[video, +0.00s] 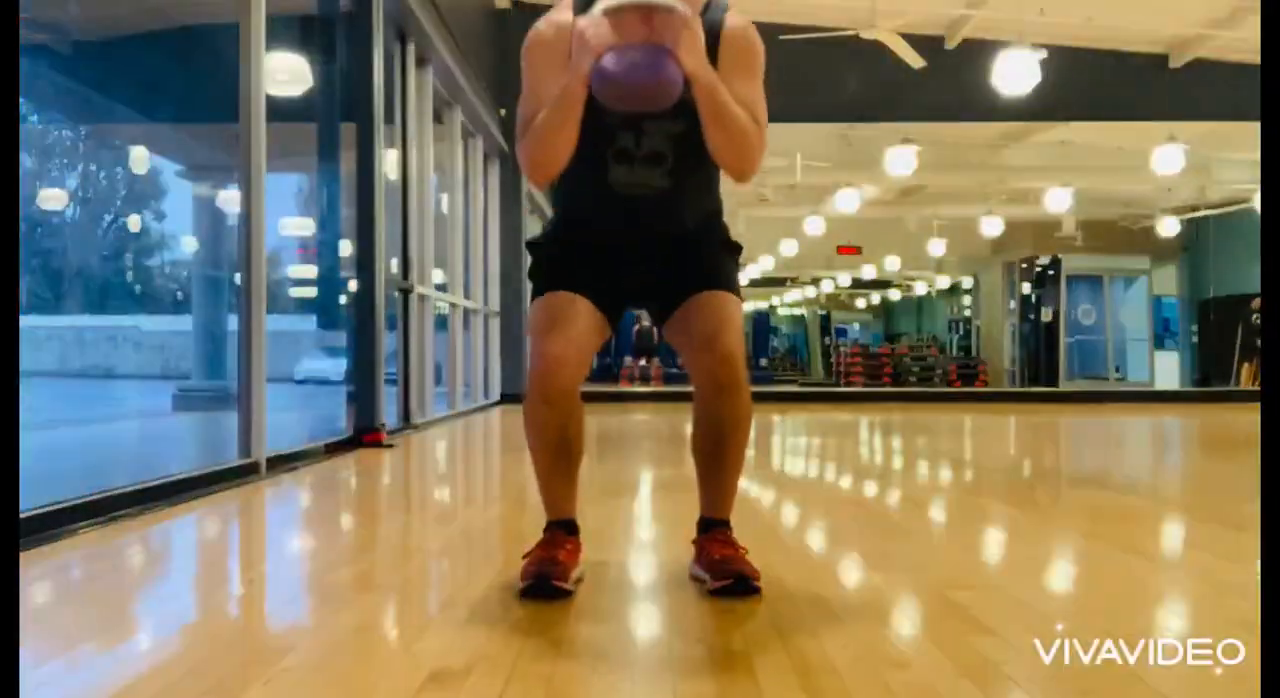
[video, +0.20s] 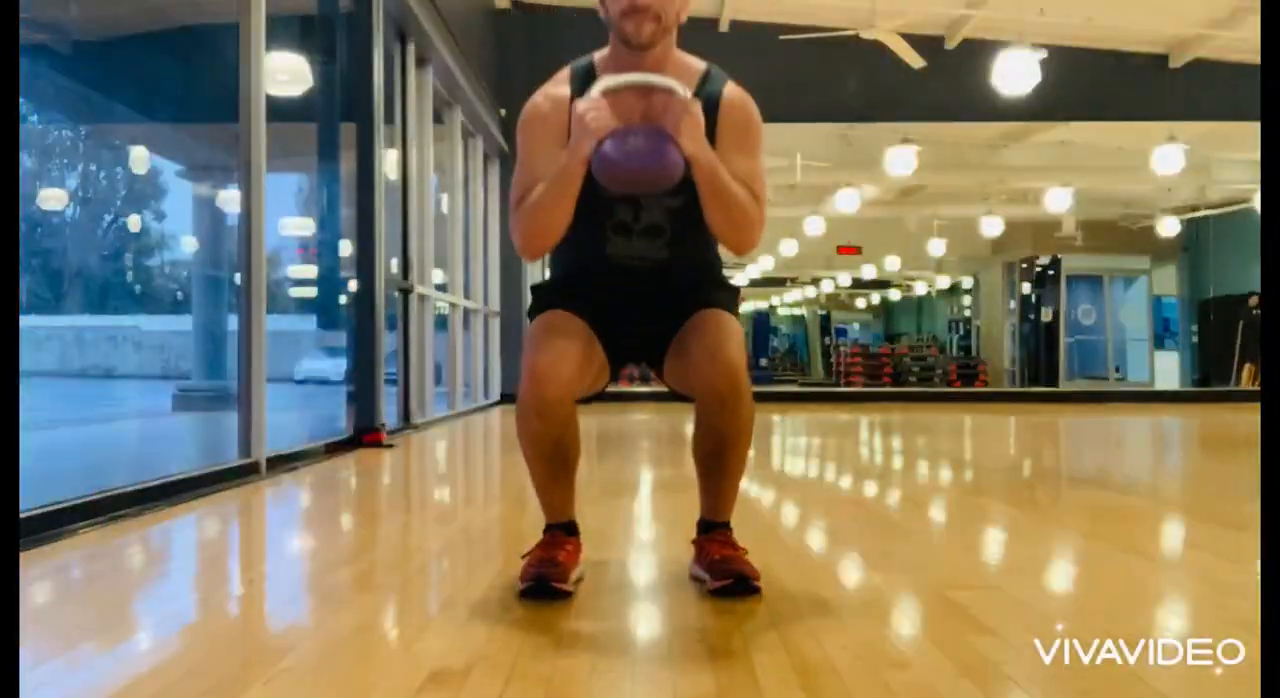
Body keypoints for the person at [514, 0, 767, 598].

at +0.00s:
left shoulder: (730, 33)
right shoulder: (558, 32)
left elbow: (744, 161)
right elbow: (539, 168)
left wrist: (694, 60)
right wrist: (579, 72)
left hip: (688, 241)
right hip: (586, 239)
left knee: (724, 361)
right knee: (550, 368)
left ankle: (716, 537)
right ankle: (559, 535)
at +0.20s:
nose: (637, 1)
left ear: (683, 5)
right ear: (603, 5)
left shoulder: (726, 102)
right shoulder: (554, 102)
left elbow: (743, 237)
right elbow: (530, 241)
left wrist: (697, 149)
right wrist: (578, 151)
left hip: (687, 297)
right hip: (584, 296)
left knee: (728, 376)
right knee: (541, 382)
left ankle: (716, 537)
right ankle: (558, 537)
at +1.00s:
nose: (663, 3)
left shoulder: (751, 22)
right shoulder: (571, 20)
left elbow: (766, 158)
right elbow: (542, 160)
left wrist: (714, 59)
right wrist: (596, 60)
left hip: (701, 236)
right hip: (597, 233)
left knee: (721, 378)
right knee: (556, 383)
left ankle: (714, 537)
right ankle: (559, 535)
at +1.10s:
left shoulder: (763, 1)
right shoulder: (577, 2)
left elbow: (780, 108)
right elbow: (556, 114)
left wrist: (726, 14)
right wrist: (604, 14)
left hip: (709, 205)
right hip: (601, 202)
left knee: (726, 377)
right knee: (566, 366)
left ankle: (715, 537)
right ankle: (562, 528)